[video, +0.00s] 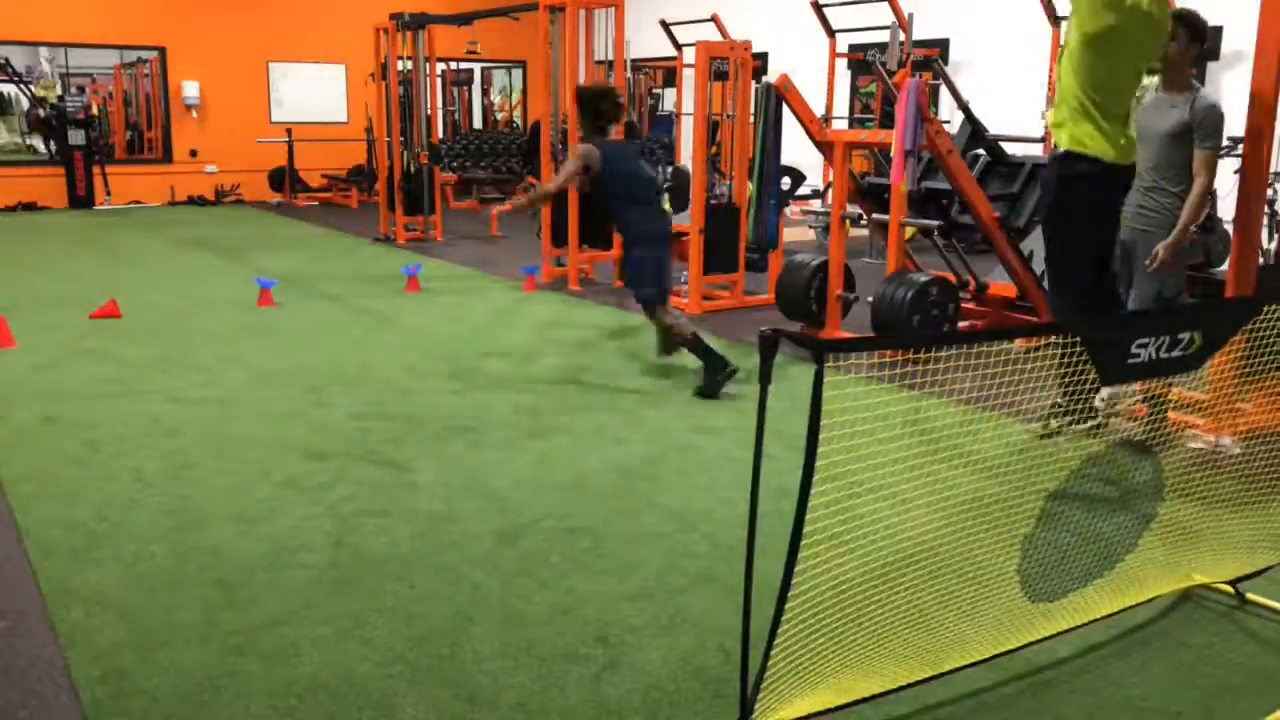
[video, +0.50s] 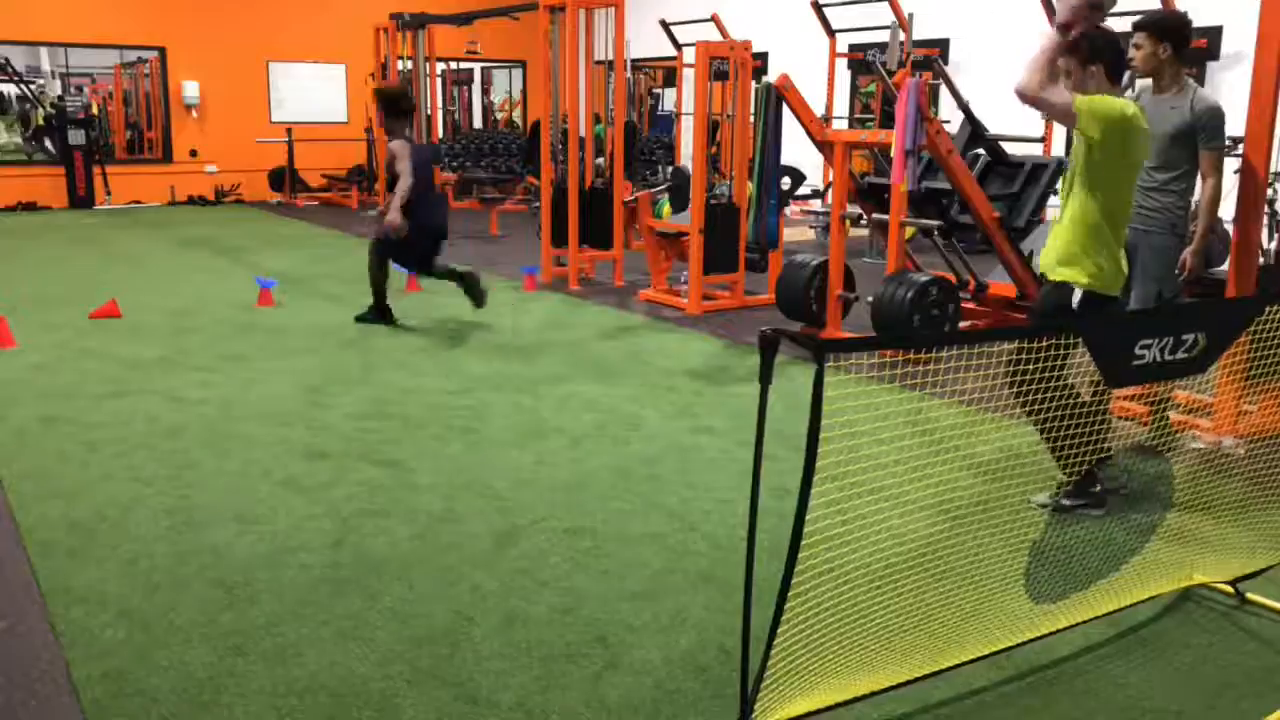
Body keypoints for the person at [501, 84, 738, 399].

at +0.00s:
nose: (577, 122)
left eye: (579, 117)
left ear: (584, 119)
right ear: (613, 119)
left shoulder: (588, 152)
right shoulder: (628, 149)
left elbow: (554, 187)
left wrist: (518, 204)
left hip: (639, 231)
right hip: (660, 224)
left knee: (655, 307)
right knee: (654, 296)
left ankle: (715, 362)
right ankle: (668, 337)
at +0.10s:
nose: (541, 110)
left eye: (544, 105)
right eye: (544, 104)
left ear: (548, 109)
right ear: (575, 110)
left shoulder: (550, 140)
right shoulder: (586, 142)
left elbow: (513, 162)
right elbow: (612, 183)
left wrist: (462, 159)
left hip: (591, 221)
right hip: (609, 218)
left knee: (602, 288)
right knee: (599, 284)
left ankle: (668, 326)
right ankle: (609, 341)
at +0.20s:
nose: (508, 103)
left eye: (510, 98)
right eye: (511, 98)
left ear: (515, 103)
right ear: (538, 104)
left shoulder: (517, 131)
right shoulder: (545, 136)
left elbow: (504, 147)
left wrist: (455, 133)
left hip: (548, 222)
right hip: (566, 217)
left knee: (535, 284)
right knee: (566, 281)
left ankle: (592, 316)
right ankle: (597, 329)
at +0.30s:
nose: (463, 96)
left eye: (465, 91)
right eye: (464, 90)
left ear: (471, 94)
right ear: (492, 96)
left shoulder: (479, 117)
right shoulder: (498, 126)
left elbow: (483, 137)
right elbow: (488, 172)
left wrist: (442, 137)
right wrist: (463, 197)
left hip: (495, 208)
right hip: (517, 206)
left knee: (461, 251)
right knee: (539, 267)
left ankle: (483, 317)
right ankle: (590, 310)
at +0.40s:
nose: (411, 101)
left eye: (414, 95)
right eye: (412, 94)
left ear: (422, 100)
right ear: (442, 101)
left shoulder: (434, 123)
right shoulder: (446, 129)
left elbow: (449, 148)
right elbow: (436, 177)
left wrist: (435, 165)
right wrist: (414, 199)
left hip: (455, 209)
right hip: (467, 207)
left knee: (419, 254)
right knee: (487, 270)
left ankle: (397, 305)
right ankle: (541, 279)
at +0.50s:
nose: (379, 121)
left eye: (381, 115)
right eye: (380, 115)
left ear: (386, 119)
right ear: (407, 118)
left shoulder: (399, 146)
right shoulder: (419, 147)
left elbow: (406, 179)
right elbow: (422, 185)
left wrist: (394, 209)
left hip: (414, 216)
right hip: (433, 216)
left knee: (378, 247)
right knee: (418, 263)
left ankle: (380, 307)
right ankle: (461, 277)